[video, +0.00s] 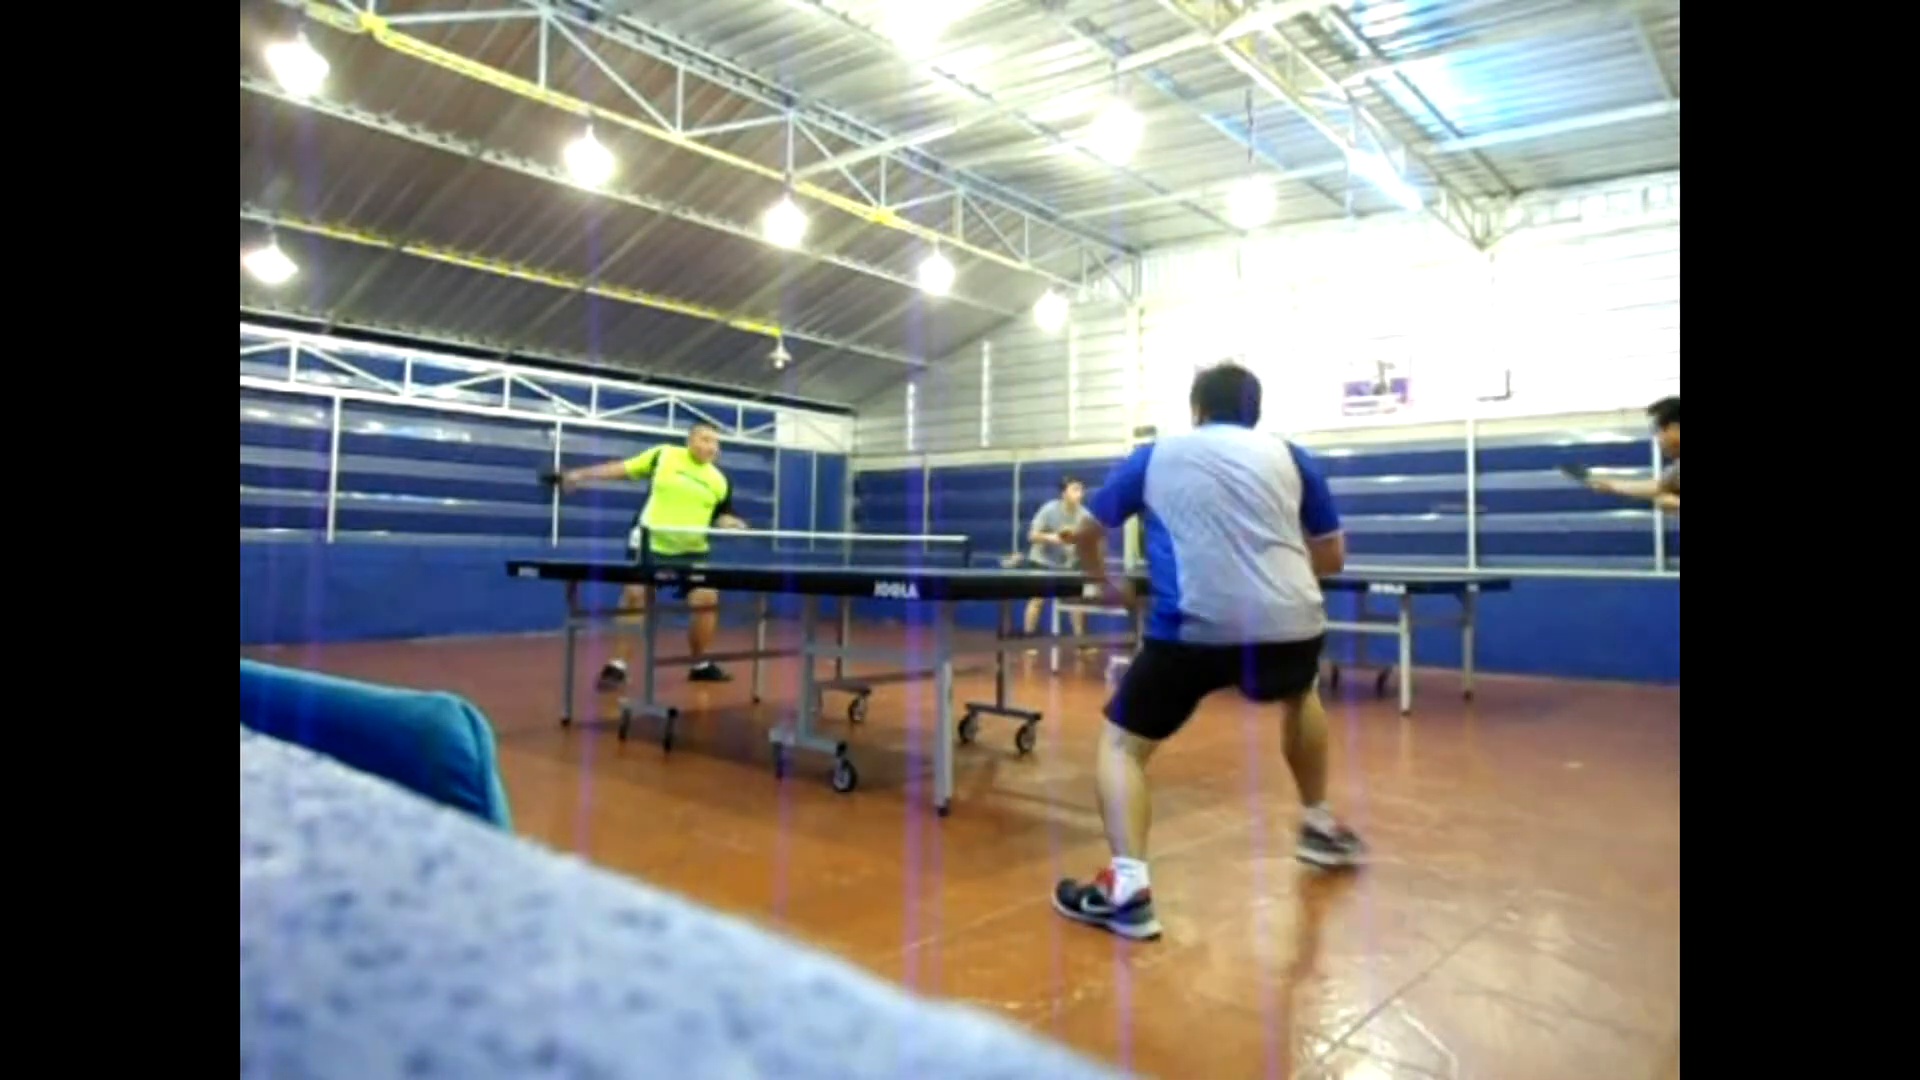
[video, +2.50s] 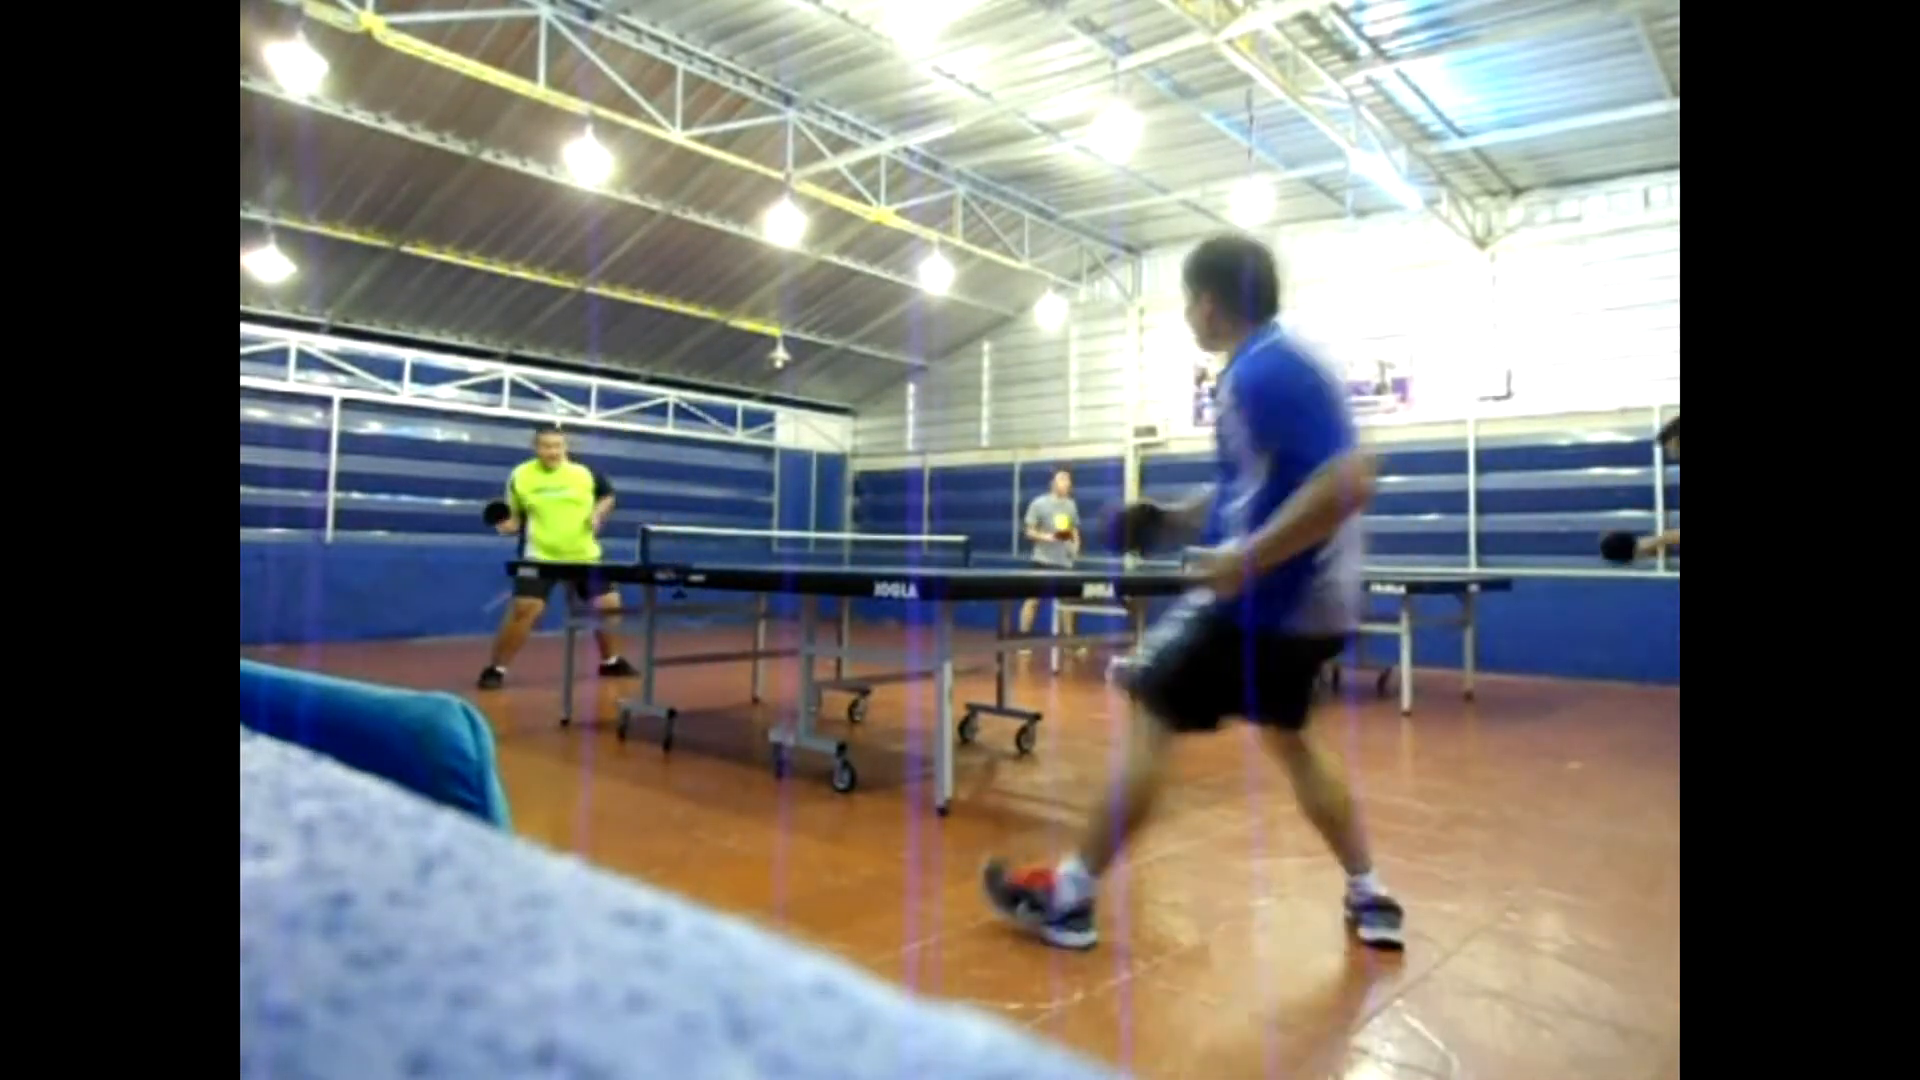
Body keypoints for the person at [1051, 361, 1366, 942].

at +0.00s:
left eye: (1191, 410)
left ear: (1194, 411)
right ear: (1254, 414)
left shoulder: (1156, 457)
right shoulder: (1292, 458)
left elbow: (1086, 533)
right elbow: (1330, 557)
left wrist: (1104, 583)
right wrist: (1272, 571)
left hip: (1195, 628)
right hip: (1289, 627)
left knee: (1124, 744)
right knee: (1301, 695)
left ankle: (1128, 887)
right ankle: (1319, 824)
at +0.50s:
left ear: (1260, 436)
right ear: (1310, 446)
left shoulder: (1237, 451)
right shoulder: (1339, 470)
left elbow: (1167, 502)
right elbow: (1360, 544)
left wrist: (1185, 565)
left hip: (1274, 576)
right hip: (1347, 579)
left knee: (1217, 689)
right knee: (1317, 681)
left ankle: (1249, 826)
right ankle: (1318, 799)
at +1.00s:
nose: (1201, 414)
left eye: (1204, 403)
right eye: (1201, 403)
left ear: (1224, 402)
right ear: (1264, 401)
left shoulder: (1217, 442)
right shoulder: (1320, 442)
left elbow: (1187, 523)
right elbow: (1364, 520)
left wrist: (1156, 608)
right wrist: (1363, 586)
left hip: (1283, 592)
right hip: (1359, 591)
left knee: (1197, 686)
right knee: (1323, 682)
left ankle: (1193, 828)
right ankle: (1366, 799)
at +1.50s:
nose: (1275, 375)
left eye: (1278, 366)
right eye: (1275, 366)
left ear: (1296, 362)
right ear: (1336, 362)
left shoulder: (1300, 389)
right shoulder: (1382, 412)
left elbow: (1304, 441)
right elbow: (1394, 492)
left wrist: (1249, 531)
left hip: (1329, 565)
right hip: (1403, 570)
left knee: (1243, 672)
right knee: (1395, 695)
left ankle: (1236, 825)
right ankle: (1448, 825)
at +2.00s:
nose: (1291, 400)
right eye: (1288, 391)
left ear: (1215, 384)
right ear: (1277, 389)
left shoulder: (1162, 433)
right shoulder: (1284, 429)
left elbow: (1077, 479)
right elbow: (1294, 493)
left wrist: (1138, 508)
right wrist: (1386, 570)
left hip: (1143, 622)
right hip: (1239, 625)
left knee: (1103, 748)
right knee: (1303, 734)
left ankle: (1067, 882)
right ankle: (1361, 843)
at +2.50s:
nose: (1189, 314)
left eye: (1193, 298)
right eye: (1189, 298)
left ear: (1219, 300)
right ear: (1254, 298)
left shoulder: (1270, 369)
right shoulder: (1263, 370)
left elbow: (1345, 478)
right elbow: (1257, 492)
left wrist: (1249, 557)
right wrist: (1173, 518)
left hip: (1262, 602)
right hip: (1310, 606)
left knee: (1153, 705)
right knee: (1287, 732)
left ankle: (1072, 890)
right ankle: (1368, 892)